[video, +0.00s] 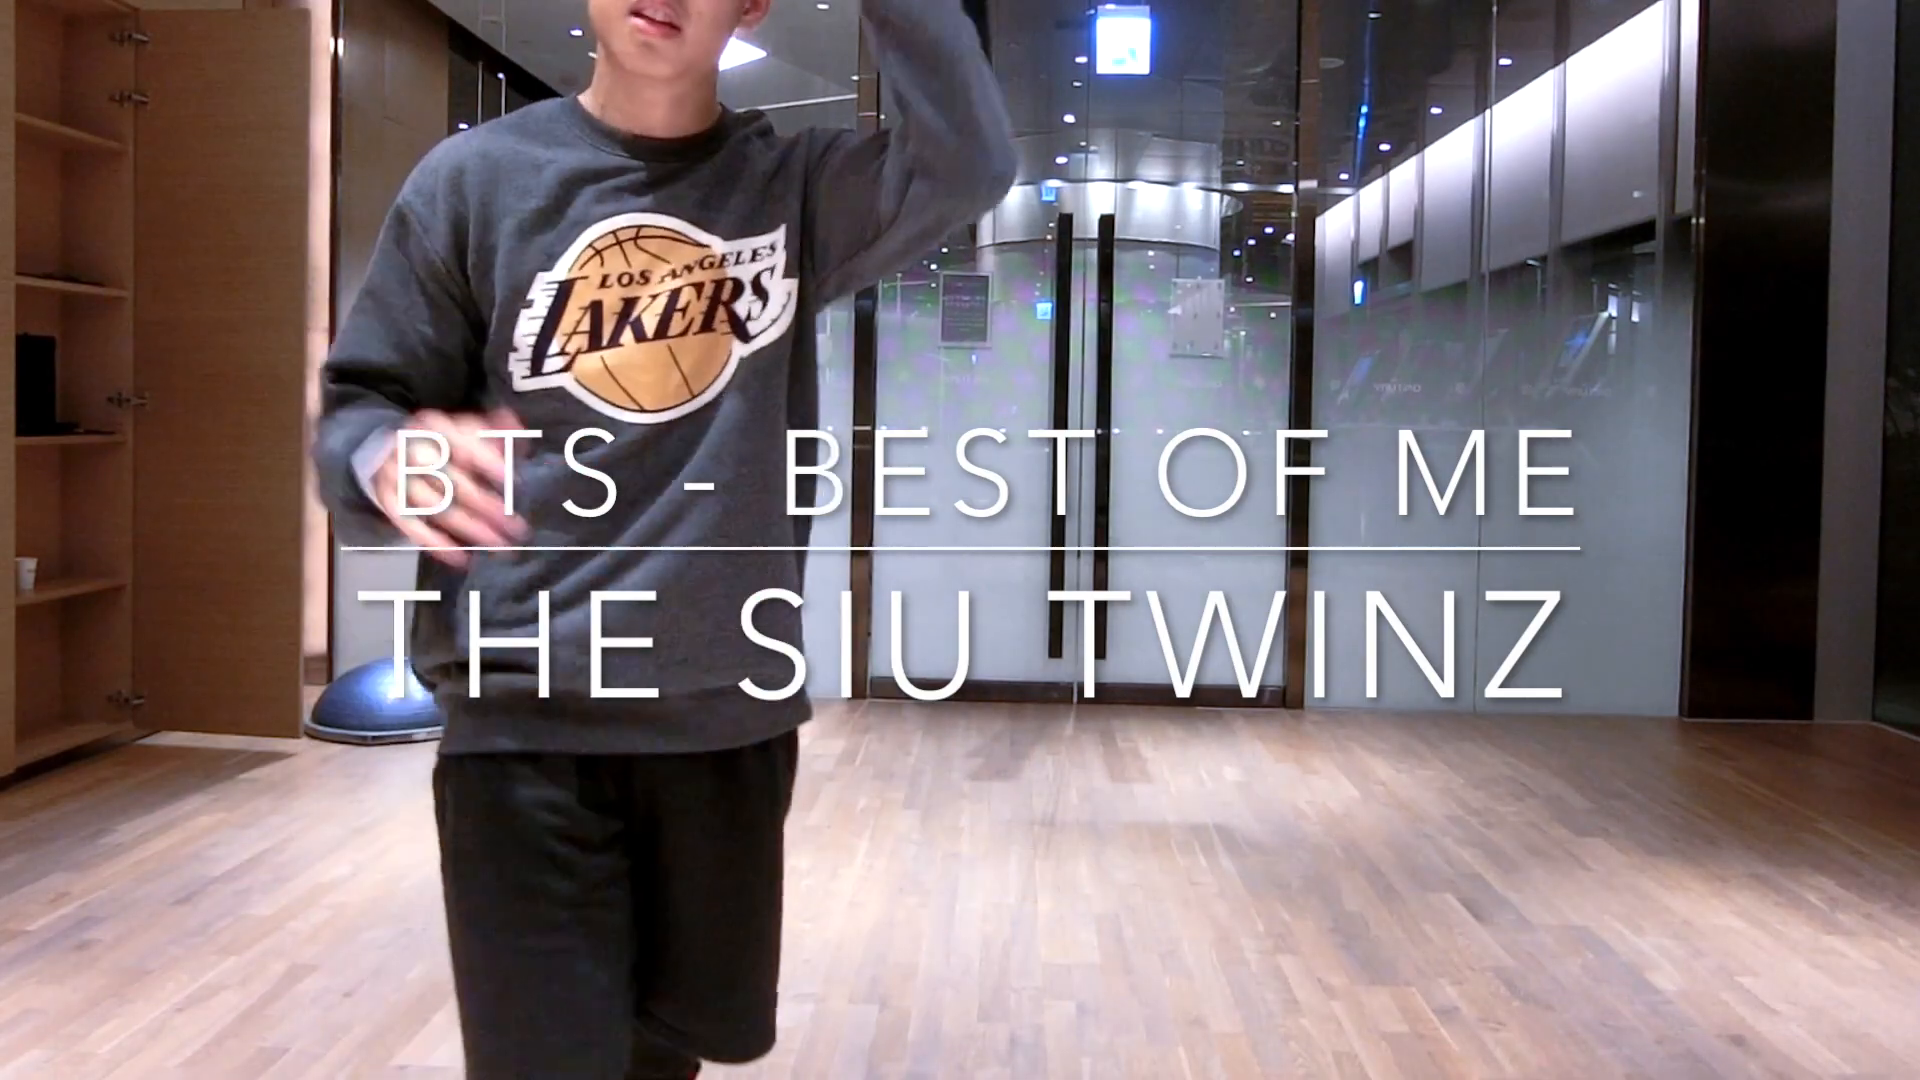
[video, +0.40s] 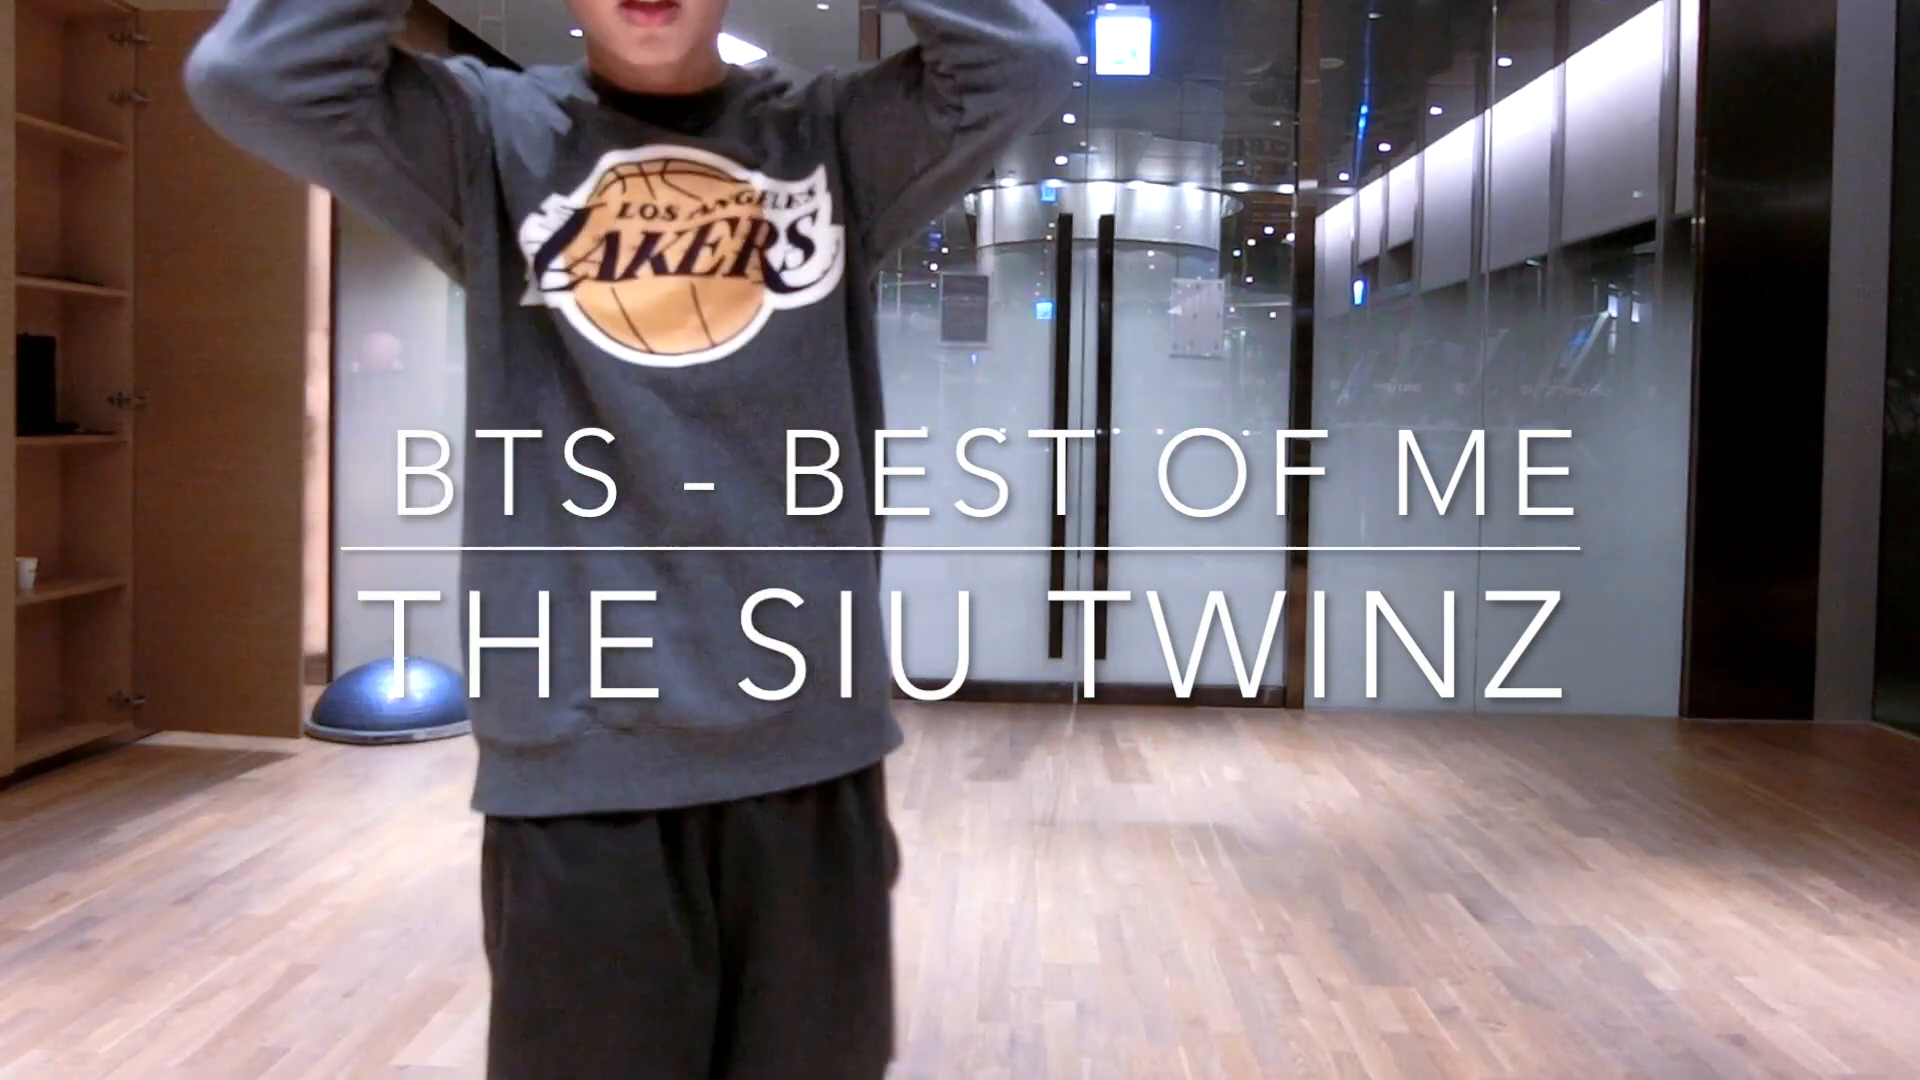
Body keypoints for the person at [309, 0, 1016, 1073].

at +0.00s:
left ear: (747, 13)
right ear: (595, 2)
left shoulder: (792, 181)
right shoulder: (470, 180)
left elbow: (966, 160)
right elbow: (355, 404)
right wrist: (388, 458)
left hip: (724, 726)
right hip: (523, 727)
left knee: (673, 1050)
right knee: (546, 1063)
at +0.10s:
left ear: (743, 7)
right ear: (587, 3)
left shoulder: (806, 177)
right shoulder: (477, 177)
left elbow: (995, 125)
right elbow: (302, 454)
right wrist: (321, 300)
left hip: (746, 752)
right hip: (535, 756)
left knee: (730, 1065)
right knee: (572, 1065)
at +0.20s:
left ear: (732, 0)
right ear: (582, 5)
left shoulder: (811, 164)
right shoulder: (476, 171)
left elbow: (1008, 105)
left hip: (769, 764)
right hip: (558, 772)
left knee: (752, 1060)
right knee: (582, 1060)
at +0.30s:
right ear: (579, 1)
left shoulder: (820, 147)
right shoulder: (482, 148)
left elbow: (1018, 82)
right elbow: (223, 160)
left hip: (789, 758)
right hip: (570, 763)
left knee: (783, 1061)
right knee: (586, 1060)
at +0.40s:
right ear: (575, 1)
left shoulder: (827, 135)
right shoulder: (497, 137)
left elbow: (1030, 61)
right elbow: (247, 72)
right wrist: (404, 6)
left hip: (807, 768)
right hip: (576, 777)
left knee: (821, 1066)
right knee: (589, 1067)